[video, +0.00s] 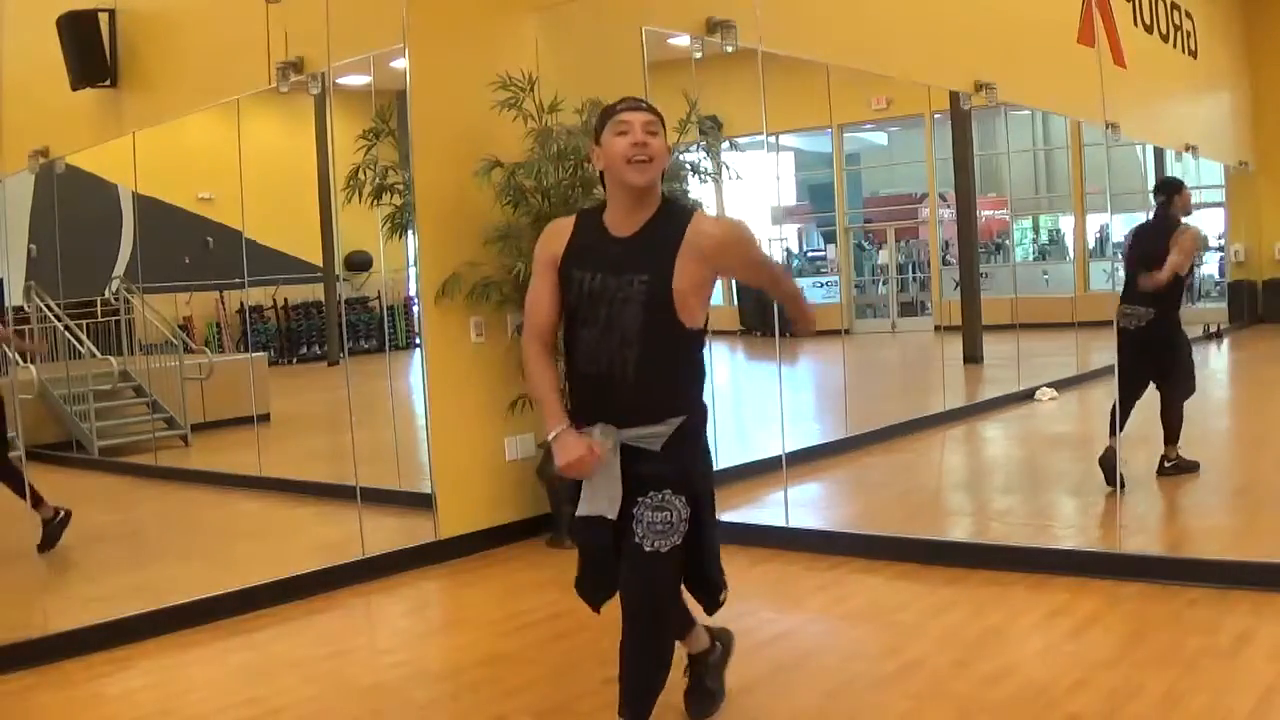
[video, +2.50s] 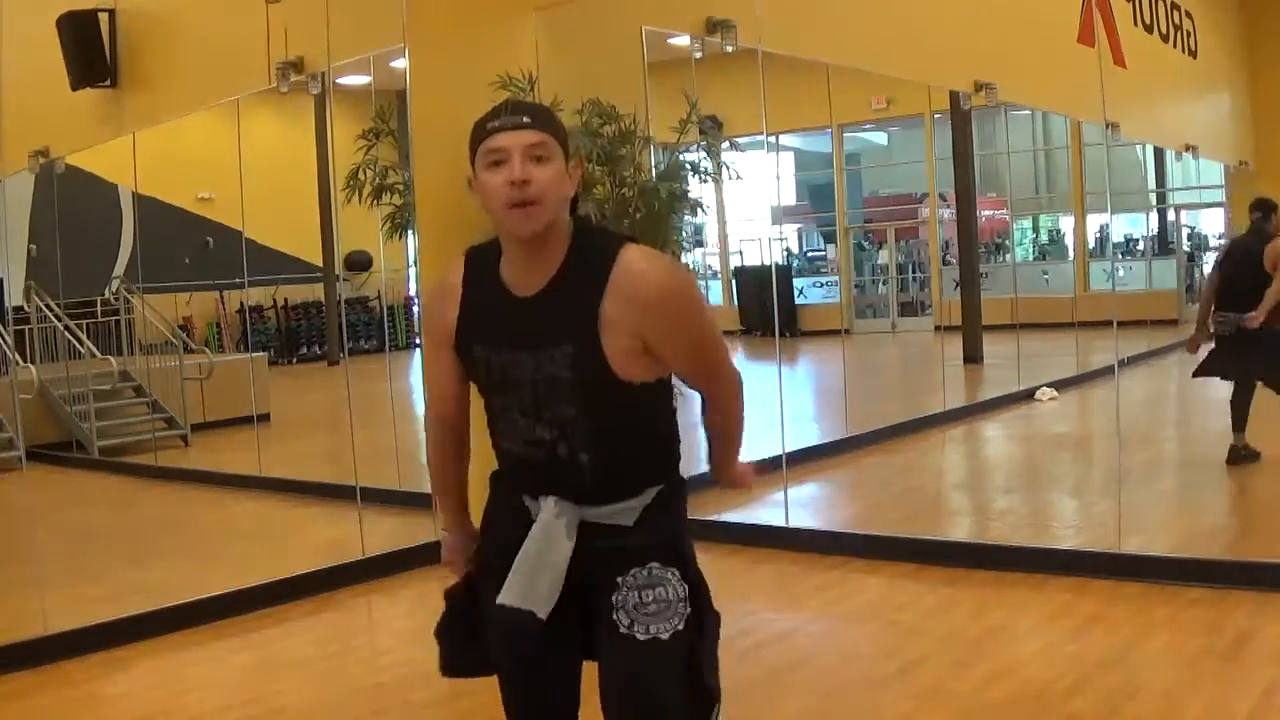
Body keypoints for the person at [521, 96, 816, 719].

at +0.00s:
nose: (640, 140)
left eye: (651, 132)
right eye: (624, 132)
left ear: (669, 153)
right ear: (598, 156)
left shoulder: (708, 237)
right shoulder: (561, 239)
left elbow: (777, 283)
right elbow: (537, 343)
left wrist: (803, 317)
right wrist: (559, 429)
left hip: (667, 443)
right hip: (592, 442)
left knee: (646, 595)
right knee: (623, 573)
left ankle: (632, 714)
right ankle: (704, 644)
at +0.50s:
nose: (638, 161)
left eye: (648, 150)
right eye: (623, 158)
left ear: (672, 163)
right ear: (613, 182)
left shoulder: (712, 226)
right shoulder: (612, 248)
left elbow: (657, 273)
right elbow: (615, 338)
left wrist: (543, 275)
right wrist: (626, 410)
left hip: (717, 410)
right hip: (658, 412)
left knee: (685, 551)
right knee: (691, 544)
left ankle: (655, 697)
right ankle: (731, 663)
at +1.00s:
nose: (597, 162)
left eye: (610, 150)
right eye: (589, 158)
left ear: (647, 162)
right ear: (590, 182)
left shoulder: (683, 228)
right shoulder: (619, 248)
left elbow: (757, 310)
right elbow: (651, 334)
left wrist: (807, 392)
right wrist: (645, 406)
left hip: (715, 408)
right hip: (664, 411)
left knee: (683, 544)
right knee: (690, 536)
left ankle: (693, 698)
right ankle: (726, 662)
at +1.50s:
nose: (646, 133)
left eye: (658, 124)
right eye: (629, 129)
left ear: (681, 147)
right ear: (611, 159)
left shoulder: (731, 232)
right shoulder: (581, 250)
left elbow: (750, 334)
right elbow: (565, 362)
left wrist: (670, 390)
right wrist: (566, 465)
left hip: (714, 439)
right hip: (628, 442)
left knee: (707, 599)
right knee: (625, 589)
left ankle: (698, 707)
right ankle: (670, 641)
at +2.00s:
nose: (623, 131)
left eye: (638, 118)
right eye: (604, 120)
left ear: (657, 138)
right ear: (580, 142)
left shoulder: (697, 203)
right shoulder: (533, 234)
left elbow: (666, 273)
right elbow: (528, 357)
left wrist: (535, 270)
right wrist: (599, 457)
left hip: (682, 466)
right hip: (576, 472)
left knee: (697, 639)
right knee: (585, 677)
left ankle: (701, 712)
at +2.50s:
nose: (517, 174)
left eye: (537, 157)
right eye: (497, 161)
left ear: (573, 177)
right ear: (475, 189)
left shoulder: (645, 282)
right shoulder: (456, 292)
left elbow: (720, 383)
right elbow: (446, 418)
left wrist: (727, 468)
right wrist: (454, 525)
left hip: (636, 536)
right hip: (523, 536)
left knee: (650, 705)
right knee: (532, 706)